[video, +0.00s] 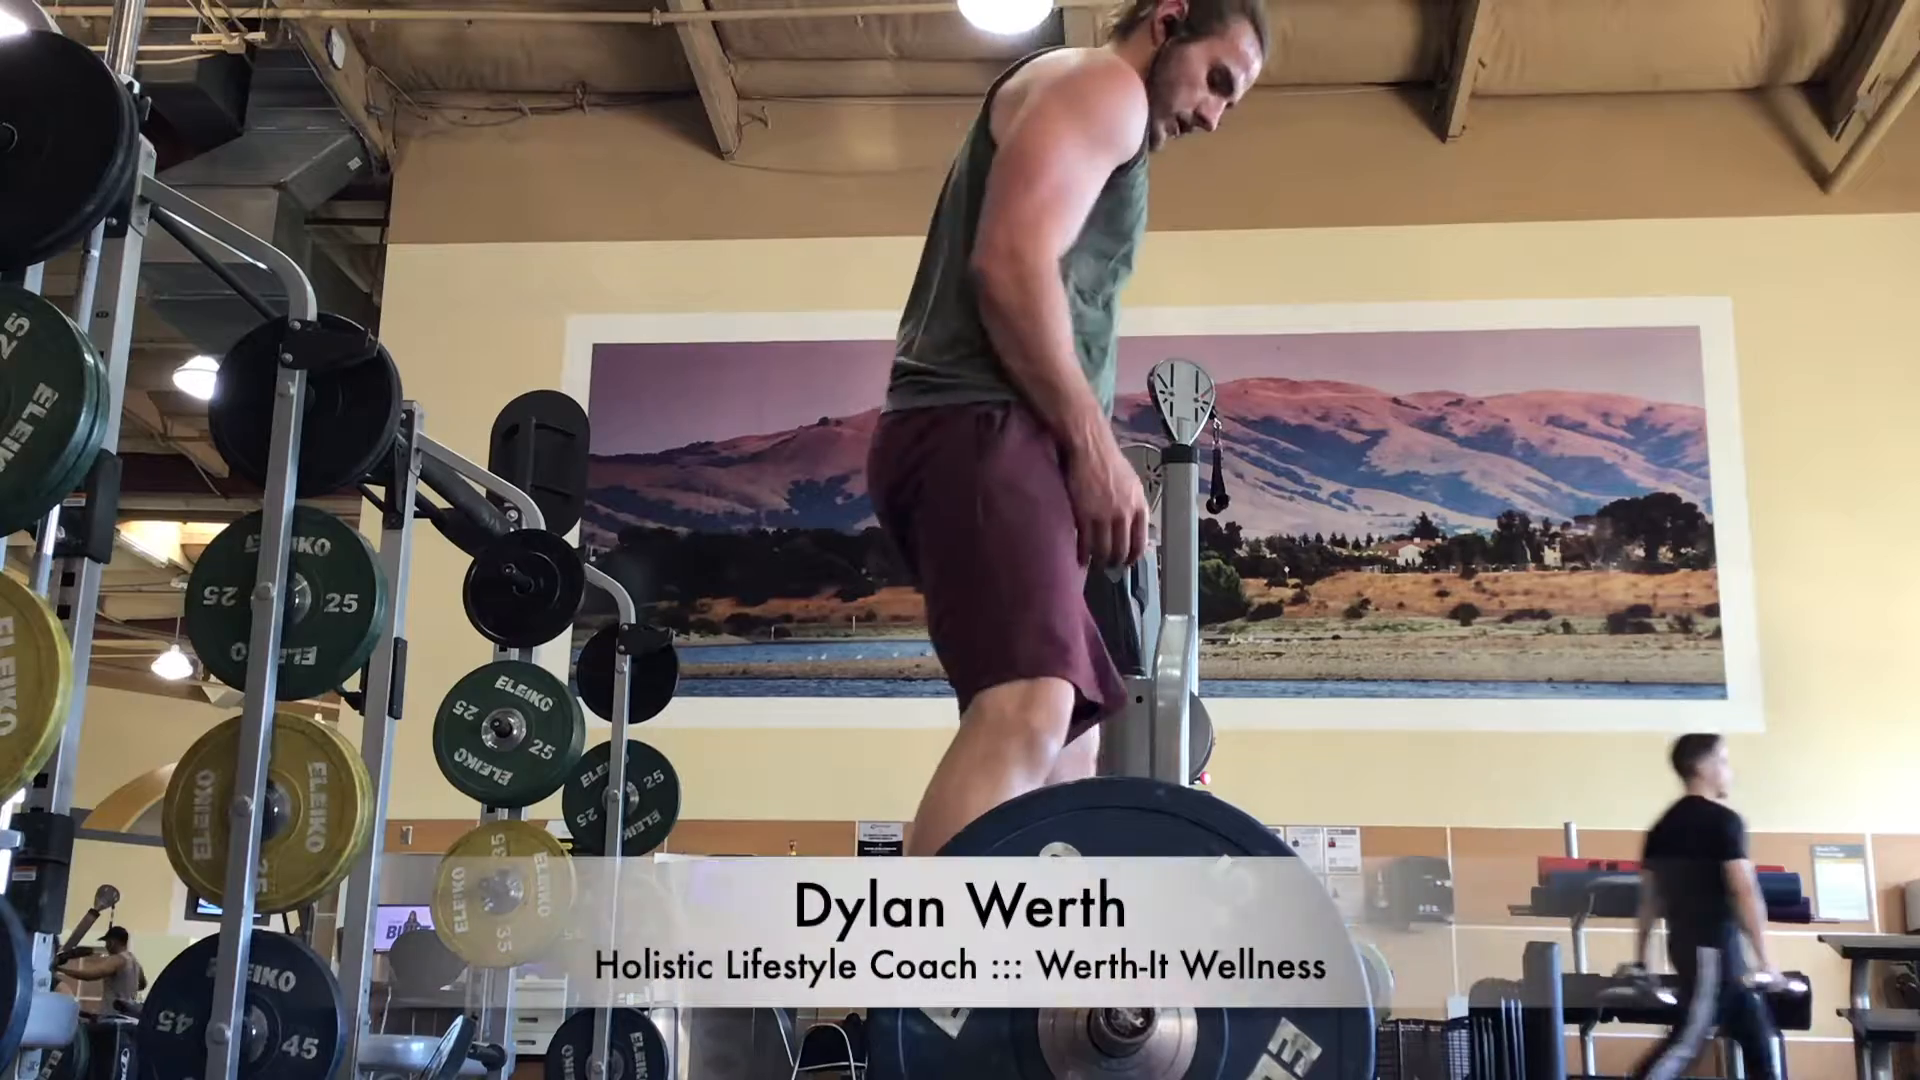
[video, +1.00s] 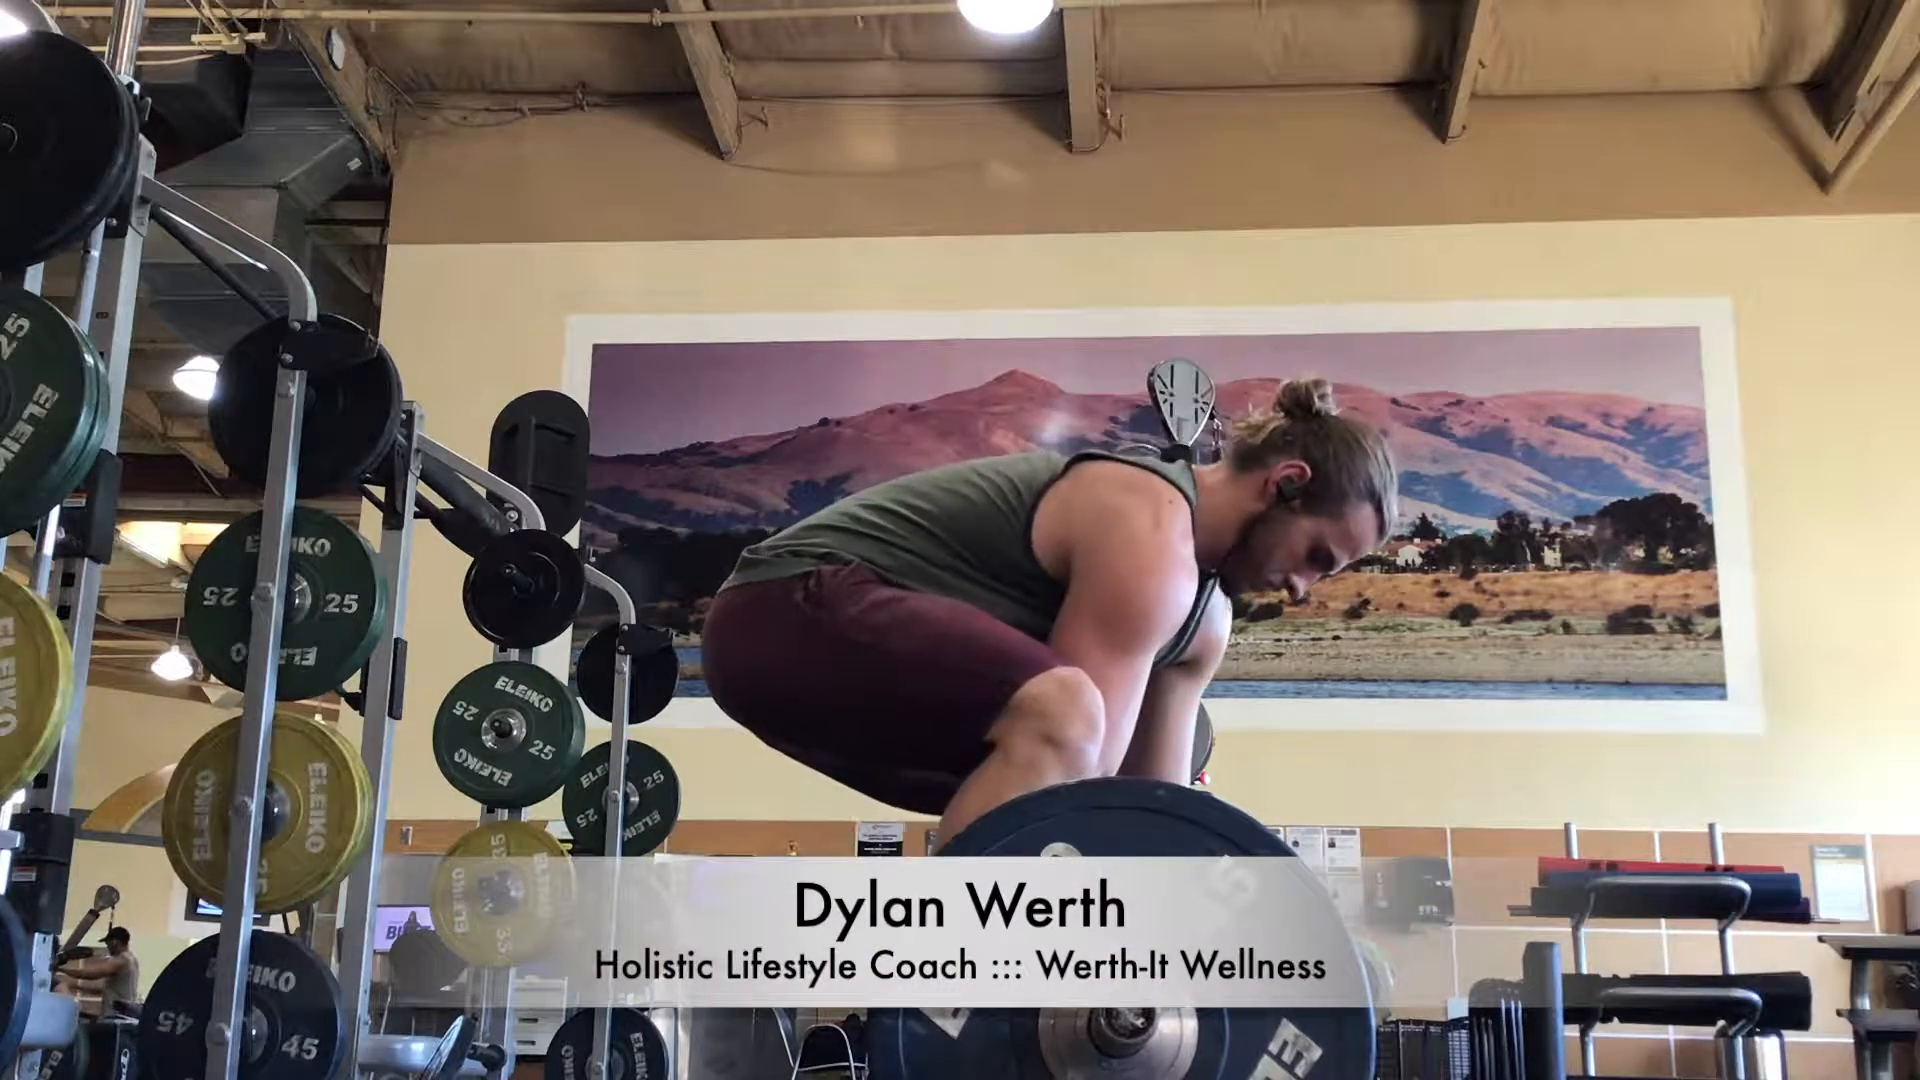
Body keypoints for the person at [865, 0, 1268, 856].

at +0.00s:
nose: (1215, 113)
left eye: (1232, 99)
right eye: (1218, 78)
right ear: (1167, 21)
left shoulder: (1103, 109)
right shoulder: (1097, 85)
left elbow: (1049, 312)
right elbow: (1012, 264)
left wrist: (1100, 471)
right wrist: (1094, 446)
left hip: (1020, 431)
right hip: (980, 423)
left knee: (1074, 725)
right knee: (1026, 709)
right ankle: (910, 954)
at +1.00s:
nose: (1303, 588)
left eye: (1325, 575)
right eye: (1316, 558)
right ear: (1282, 485)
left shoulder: (1199, 617)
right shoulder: (1143, 539)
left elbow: (1148, 812)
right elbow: (1068, 783)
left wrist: (1157, 968)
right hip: (790, 605)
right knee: (1062, 717)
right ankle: (918, 977)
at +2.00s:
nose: (1359, 503)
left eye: (1364, 479)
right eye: (1350, 468)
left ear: (1281, 451)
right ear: (1278, 445)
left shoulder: (1201, 633)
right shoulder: (1188, 528)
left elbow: (1144, 800)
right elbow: (1093, 768)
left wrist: (1139, 974)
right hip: (816, 643)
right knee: (1097, 716)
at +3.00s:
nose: (1312, 497)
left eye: (1318, 477)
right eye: (1301, 464)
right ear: (1227, 439)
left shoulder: (1168, 613)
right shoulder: (1108, 522)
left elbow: (1152, 798)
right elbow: (1074, 776)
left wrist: (1174, 968)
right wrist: (1100, 967)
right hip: (754, 609)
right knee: (1018, 704)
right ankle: (907, 1043)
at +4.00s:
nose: (1344, 509)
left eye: (1347, 483)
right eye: (1332, 472)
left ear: (1257, 456)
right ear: (1257, 452)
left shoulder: (1177, 612)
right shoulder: (1164, 531)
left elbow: (1109, 816)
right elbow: (1061, 766)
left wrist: (1113, 967)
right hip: (783, 630)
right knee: (1059, 713)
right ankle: (951, 962)